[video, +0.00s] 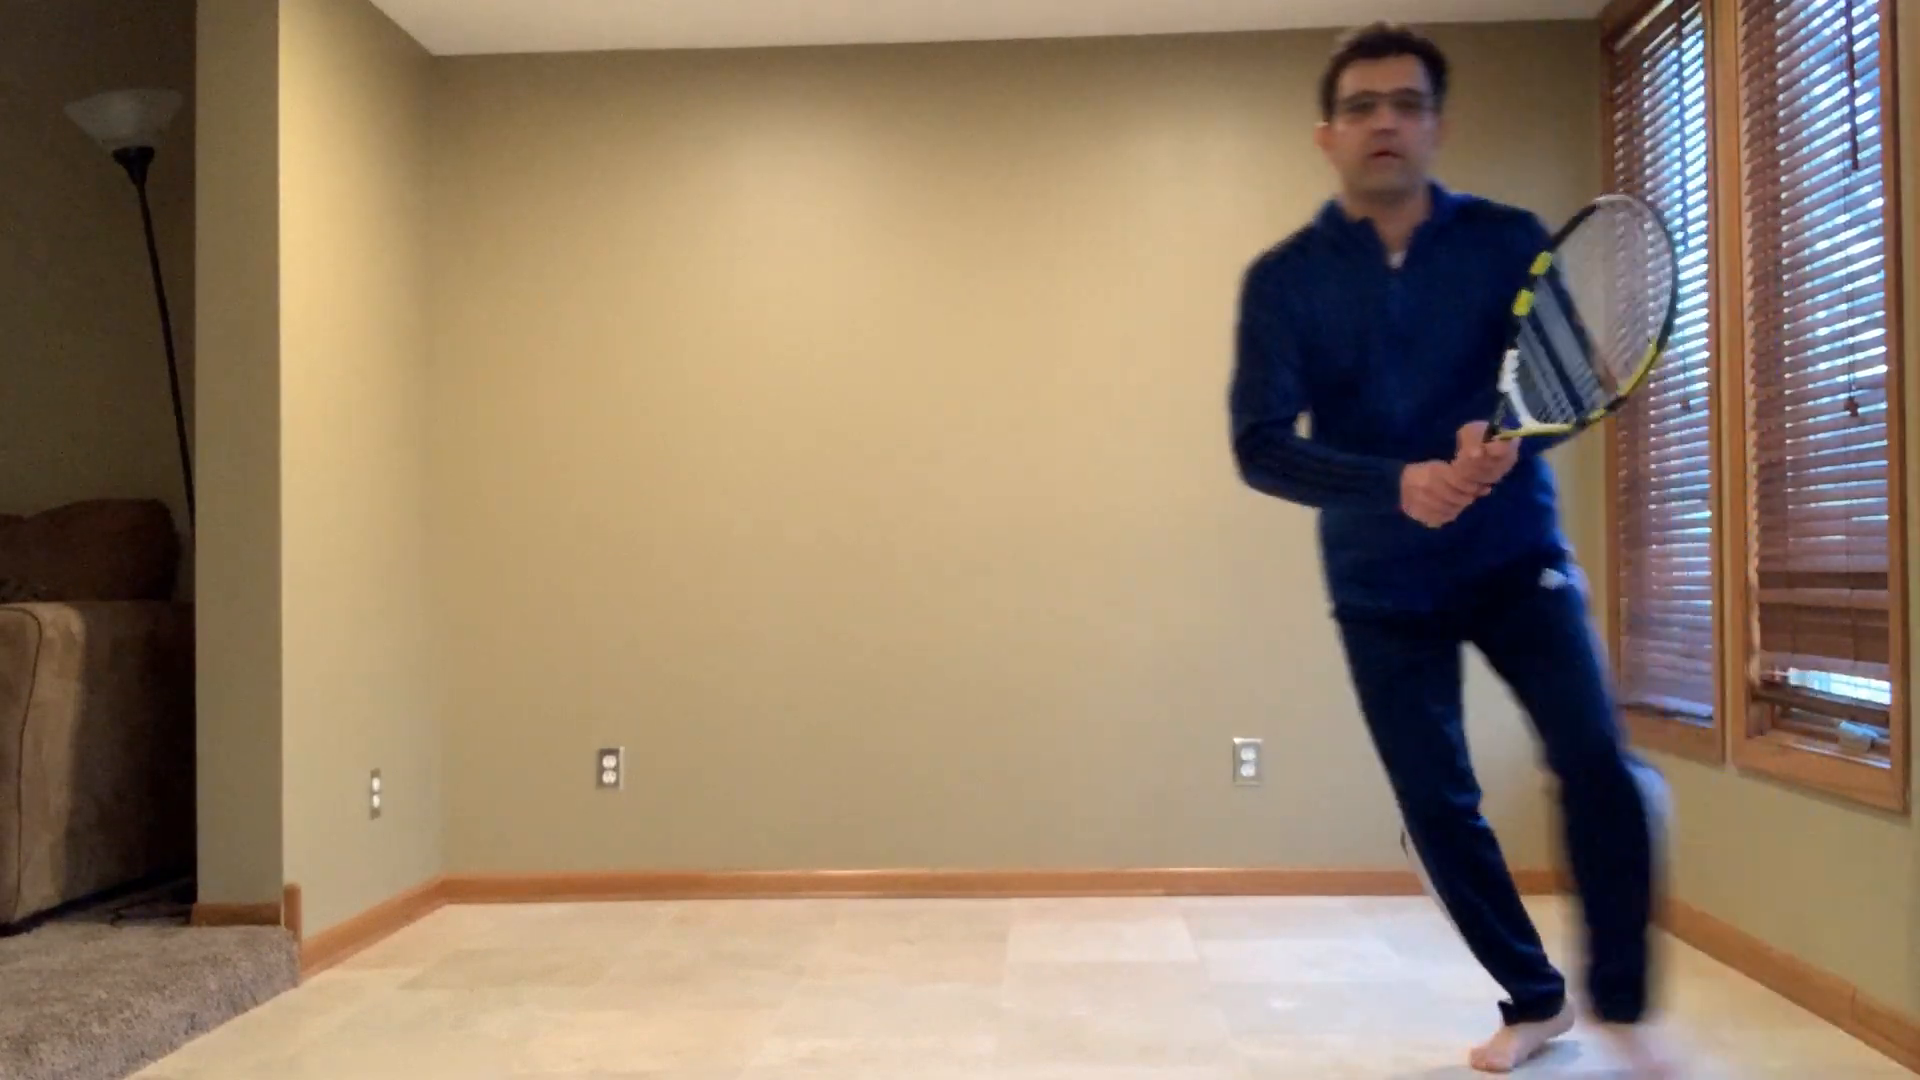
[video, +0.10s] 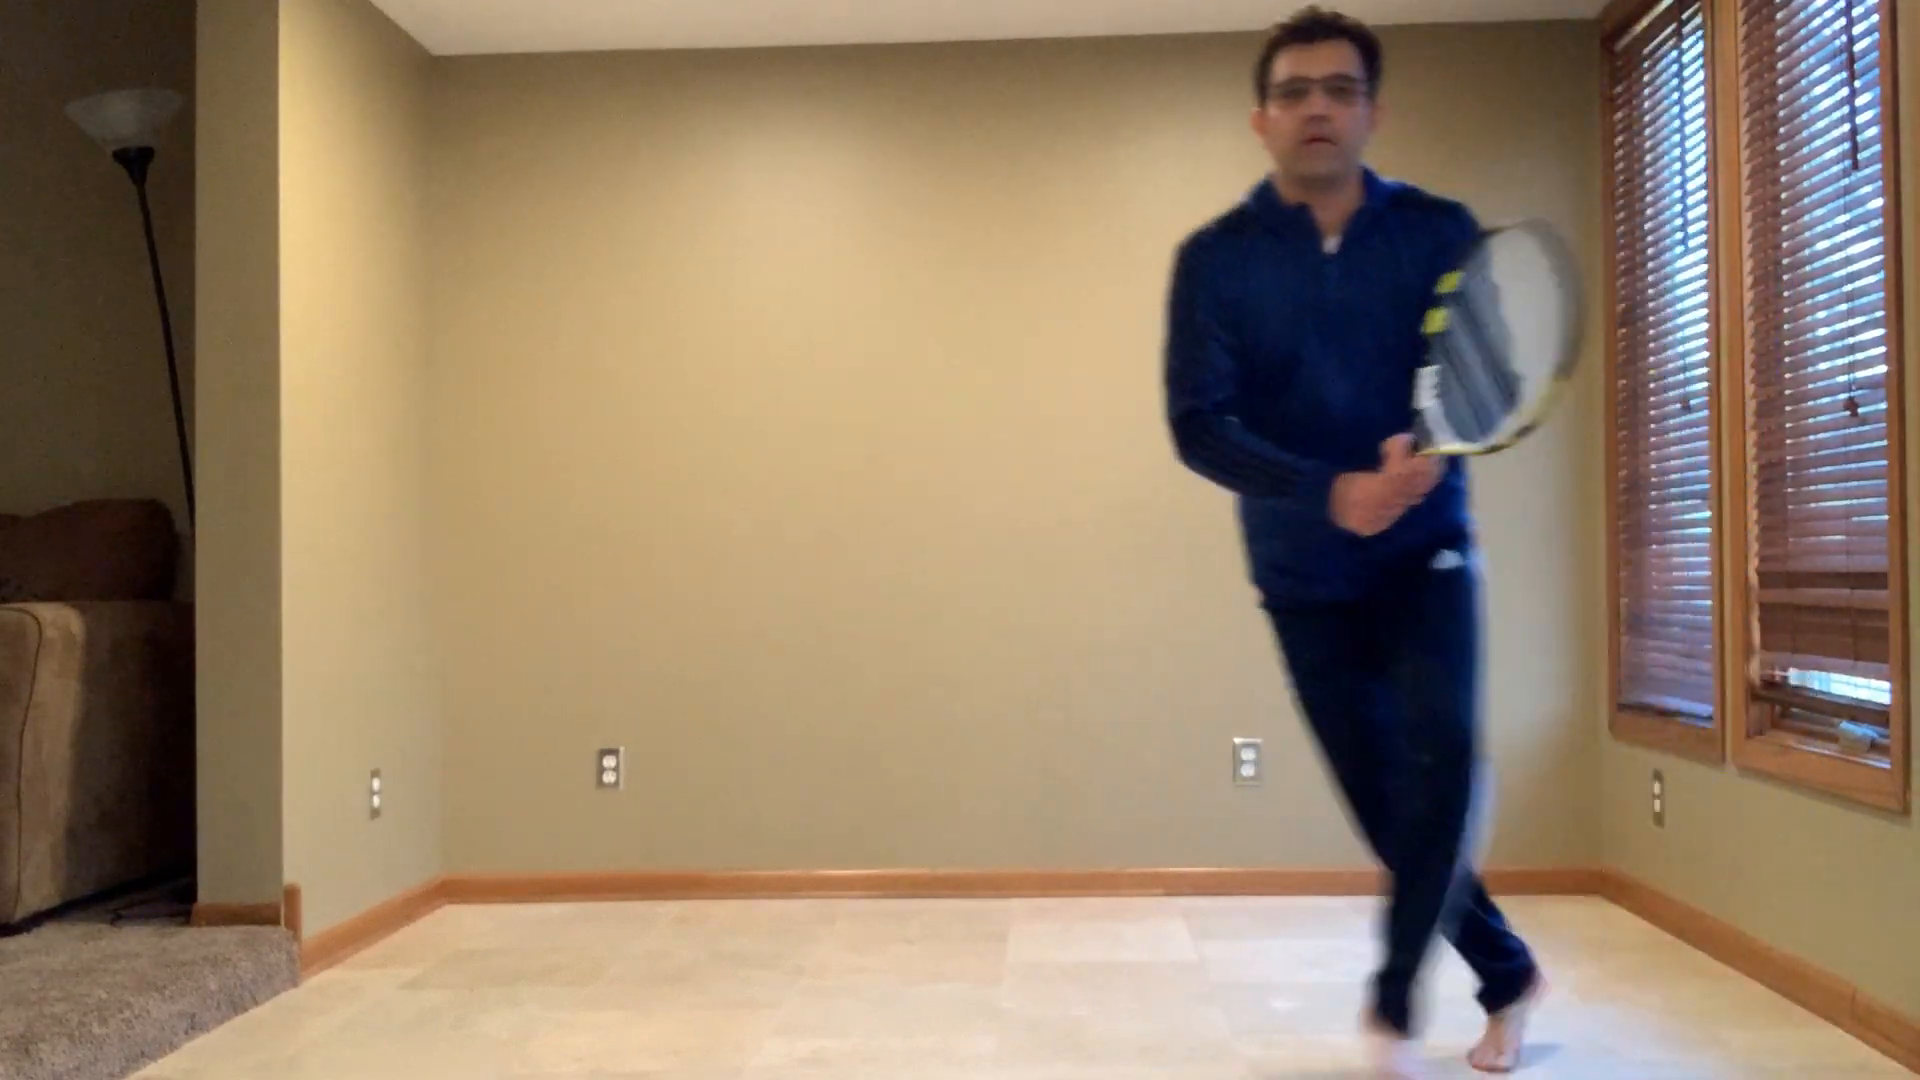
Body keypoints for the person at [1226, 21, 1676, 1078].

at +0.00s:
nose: (1385, 124)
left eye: (1408, 104)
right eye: (1360, 106)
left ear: (1440, 127)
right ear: (1325, 134)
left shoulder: (1506, 238)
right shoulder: (1284, 280)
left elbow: (1570, 377)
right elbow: (1260, 449)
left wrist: (1509, 435)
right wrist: (1394, 480)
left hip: (1515, 556)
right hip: (1383, 579)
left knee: (1595, 759)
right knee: (1435, 805)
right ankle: (1533, 1001)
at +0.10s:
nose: (1317, 108)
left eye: (1339, 89)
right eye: (1293, 91)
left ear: (1373, 110)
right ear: (1260, 116)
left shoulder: (1437, 229)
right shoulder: (1216, 258)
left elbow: (1486, 373)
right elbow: (1197, 427)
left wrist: (1433, 439)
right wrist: (1328, 492)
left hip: (1427, 547)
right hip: (1303, 567)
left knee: (1443, 766)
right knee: (1378, 791)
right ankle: (1507, 973)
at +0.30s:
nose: (1127, 152)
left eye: (1150, 133)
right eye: (1106, 132)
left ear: (1188, 152)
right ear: (1077, 152)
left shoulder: (1251, 271)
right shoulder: (1043, 293)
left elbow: (1295, 423)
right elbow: (1023, 455)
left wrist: (1194, 519)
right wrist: (1106, 533)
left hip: (1252, 578)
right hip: (1114, 584)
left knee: (1299, 791)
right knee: (1044, 774)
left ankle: (1330, 1026)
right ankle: (1048, 970)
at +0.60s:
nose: (829, 120)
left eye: (855, 102)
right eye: (818, 101)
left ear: (909, 117)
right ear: (804, 112)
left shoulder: (970, 241)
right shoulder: (762, 240)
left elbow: (993, 394)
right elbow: (727, 388)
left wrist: (883, 464)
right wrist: (793, 476)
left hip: (941, 549)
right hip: (808, 547)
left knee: (965, 763)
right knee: (750, 756)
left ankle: (936, 994)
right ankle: (790, 964)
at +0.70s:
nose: (748, 136)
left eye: (774, 118)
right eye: (737, 116)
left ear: (829, 137)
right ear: (722, 128)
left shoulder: (882, 262)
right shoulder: (678, 260)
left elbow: (909, 419)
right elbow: (641, 408)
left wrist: (800, 472)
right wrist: (707, 489)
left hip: (845, 588)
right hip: (709, 585)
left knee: (896, 798)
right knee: (624, 787)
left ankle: (916, 1015)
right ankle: (565, 996)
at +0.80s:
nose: (668, 140)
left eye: (695, 124)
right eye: (656, 121)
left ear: (746, 148)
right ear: (641, 136)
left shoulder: (791, 275)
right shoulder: (581, 260)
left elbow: (817, 430)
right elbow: (542, 408)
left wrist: (713, 475)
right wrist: (617, 490)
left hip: (745, 589)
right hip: (608, 591)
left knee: (813, 786)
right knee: (546, 806)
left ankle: (900, 1008)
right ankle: (527, 1024)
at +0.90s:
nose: (599, 110)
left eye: (628, 94)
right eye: (585, 89)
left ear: (674, 123)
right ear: (567, 108)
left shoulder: (720, 250)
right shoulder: (507, 234)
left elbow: (738, 404)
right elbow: (464, 384)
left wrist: (632, 470)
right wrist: (542, 482)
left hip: (675, 554)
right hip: (541, 555)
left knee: (706, 760)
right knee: (504, 772)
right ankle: (513, 1007)